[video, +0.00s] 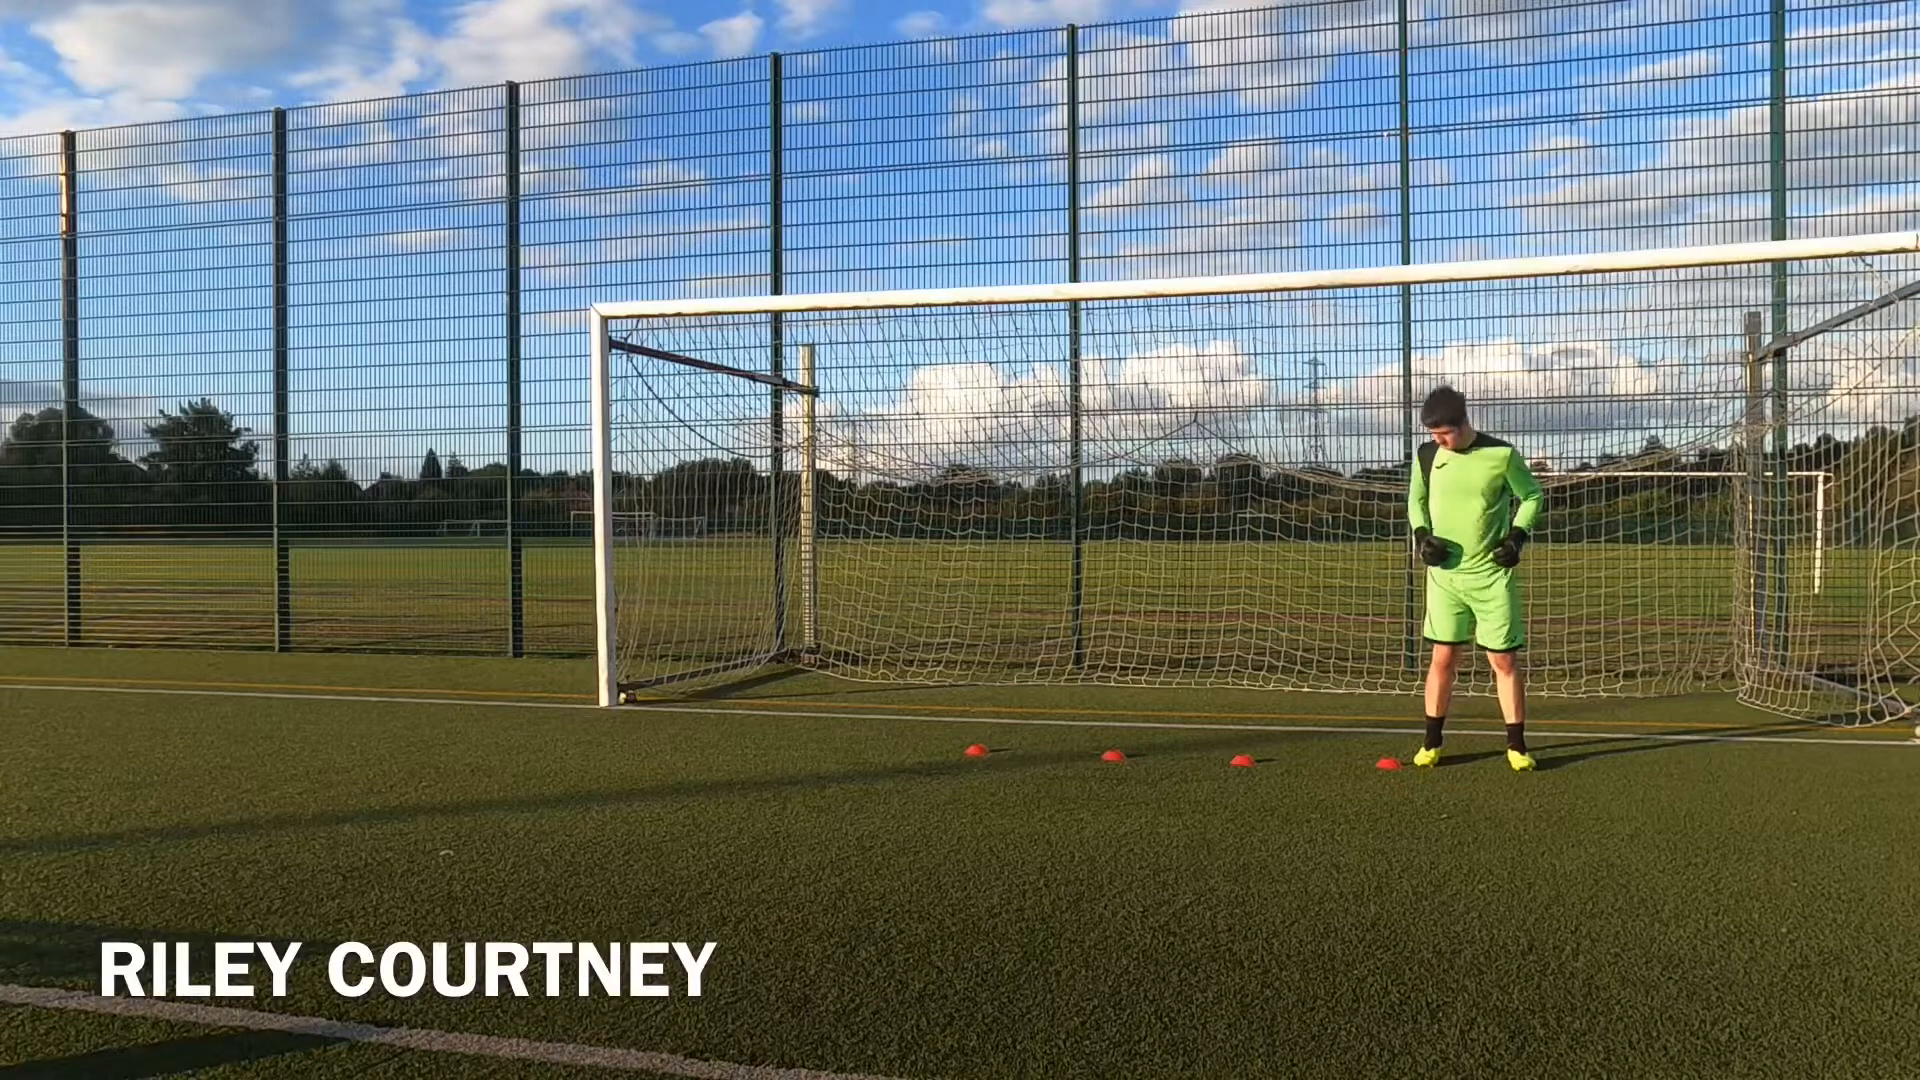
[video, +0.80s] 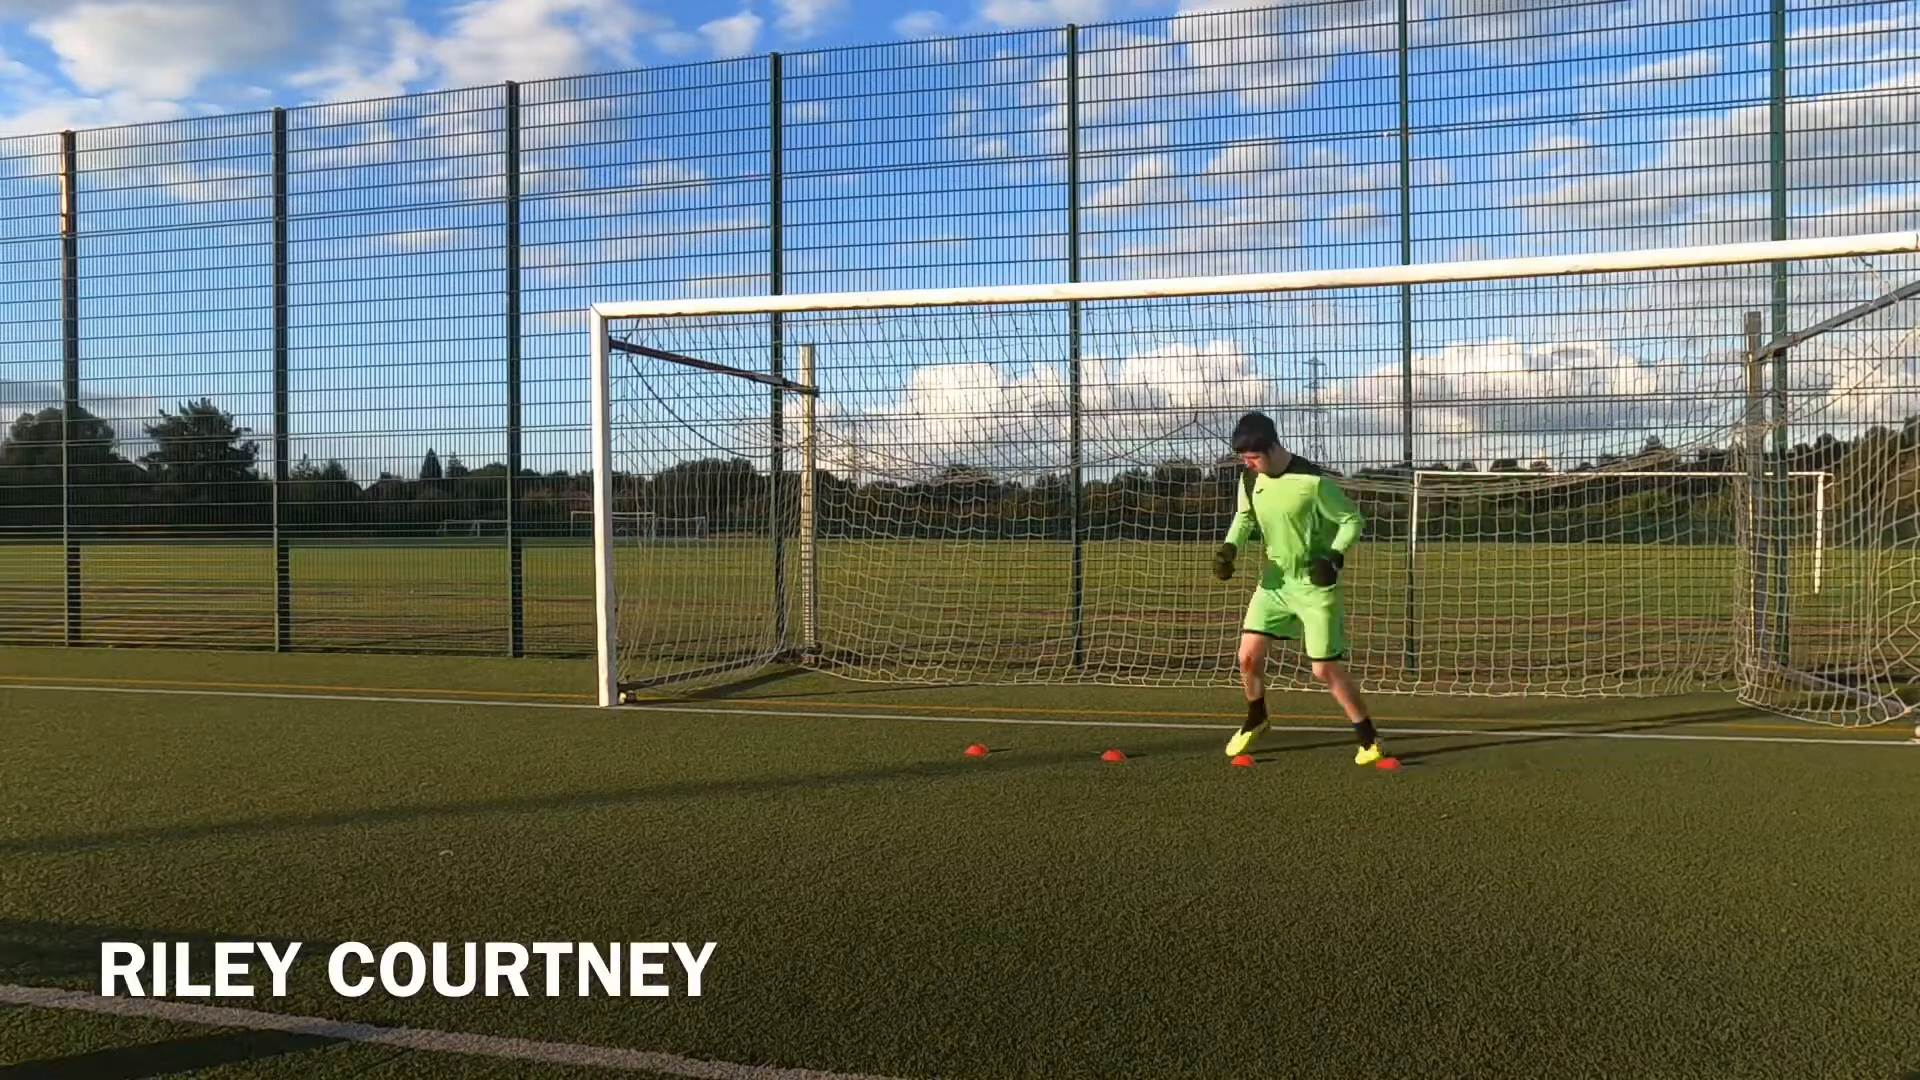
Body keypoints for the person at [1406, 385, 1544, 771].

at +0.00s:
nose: (1439, 439)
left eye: (1445, 431)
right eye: (1433, 432)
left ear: (1464, 422)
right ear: (1428, 428)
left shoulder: (1503, 456)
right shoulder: (1425, 458)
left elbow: (1533, 496)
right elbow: (1416, 502)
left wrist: (1516, 536)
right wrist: (1422, 535)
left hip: (1492, 577)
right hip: (1444, 577)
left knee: (1504, 662)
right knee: (1442, 658)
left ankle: (1516, 746)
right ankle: (1432, 743)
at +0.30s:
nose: (1401, 467)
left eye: (1408, 460)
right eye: (1396, 461)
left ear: (1427, 450)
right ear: (1392, 456)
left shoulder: (1464, 479)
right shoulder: (1392, 483)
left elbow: (1504, 512)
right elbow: (1391, 520)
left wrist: (1488, 554)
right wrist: (1397, 552)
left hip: (1466, 588)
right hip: (1419, 589)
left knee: (1488, 672)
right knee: (1407, 657)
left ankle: (1519, 746)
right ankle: (1436, 727)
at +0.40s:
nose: (1380, 467)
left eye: (1387, 460)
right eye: (1374, 460)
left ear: (1406, 450)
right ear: (1368, 455)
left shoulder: (1441, 480)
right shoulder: (1368, 484)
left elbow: (1483, 507)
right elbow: (1363, 517)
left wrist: (1479, 553)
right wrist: (1361, 552)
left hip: (1444, 588)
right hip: (1397, 587)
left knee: (1472, 674)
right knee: (1378, 646)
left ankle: (1517, 745)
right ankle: (1391, 743)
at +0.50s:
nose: (1354, 463)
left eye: (1360, 456)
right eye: (1349, 456)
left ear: (1378, 447)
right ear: (1343, 452)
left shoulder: (1416, 476)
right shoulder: (1339, 480)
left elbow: (1457, 498)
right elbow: (1315, 514)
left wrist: (1461, 540)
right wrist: (1313, 548)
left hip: (1410, 581)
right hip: (1366, 585)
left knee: (1431, 655)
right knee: (1375, 654)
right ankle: (1375, 753)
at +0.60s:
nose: (1321, 466)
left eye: (1327, 459)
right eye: (1316, 459)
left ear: (1345, 448)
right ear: (1311, 455)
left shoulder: (1384, 476)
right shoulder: (1310, 479)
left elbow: (1429, 511)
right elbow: (1290, 515)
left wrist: (1423, 552)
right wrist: (1274, 546)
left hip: (1380, 573)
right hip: (1339, 576)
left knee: (1378, 649)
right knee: (1347, 649)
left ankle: (1382, 728)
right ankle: (1353, 742)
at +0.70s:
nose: (1286, 470)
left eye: (1292, 463)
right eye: (1281, 463)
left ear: (1312, 455)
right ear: (1278, 459)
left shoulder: (1349, 486)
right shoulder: (1280, 487)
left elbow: (1392, 522)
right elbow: (1269, 524)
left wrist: (1372, 554)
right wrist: (1253, 544)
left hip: (1351, 583)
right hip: (1308, 583)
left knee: (1346, 670)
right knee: (1292, 645)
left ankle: (1373, 742)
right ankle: (1302, 717)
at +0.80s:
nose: (1247, 464)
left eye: (1252, 457)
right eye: (1243, 458)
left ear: (1272, 446)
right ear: (1242, 455)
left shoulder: (1315, 483)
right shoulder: (1251, 480)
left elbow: (1352, 521)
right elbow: (1246, 516)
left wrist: (1334, 557)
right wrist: (1229, 546)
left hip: (1316, 589)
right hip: (1273, 586)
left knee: (1324, 669)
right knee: (1248, 658)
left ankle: (1368, 739)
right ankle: (1257, 721)